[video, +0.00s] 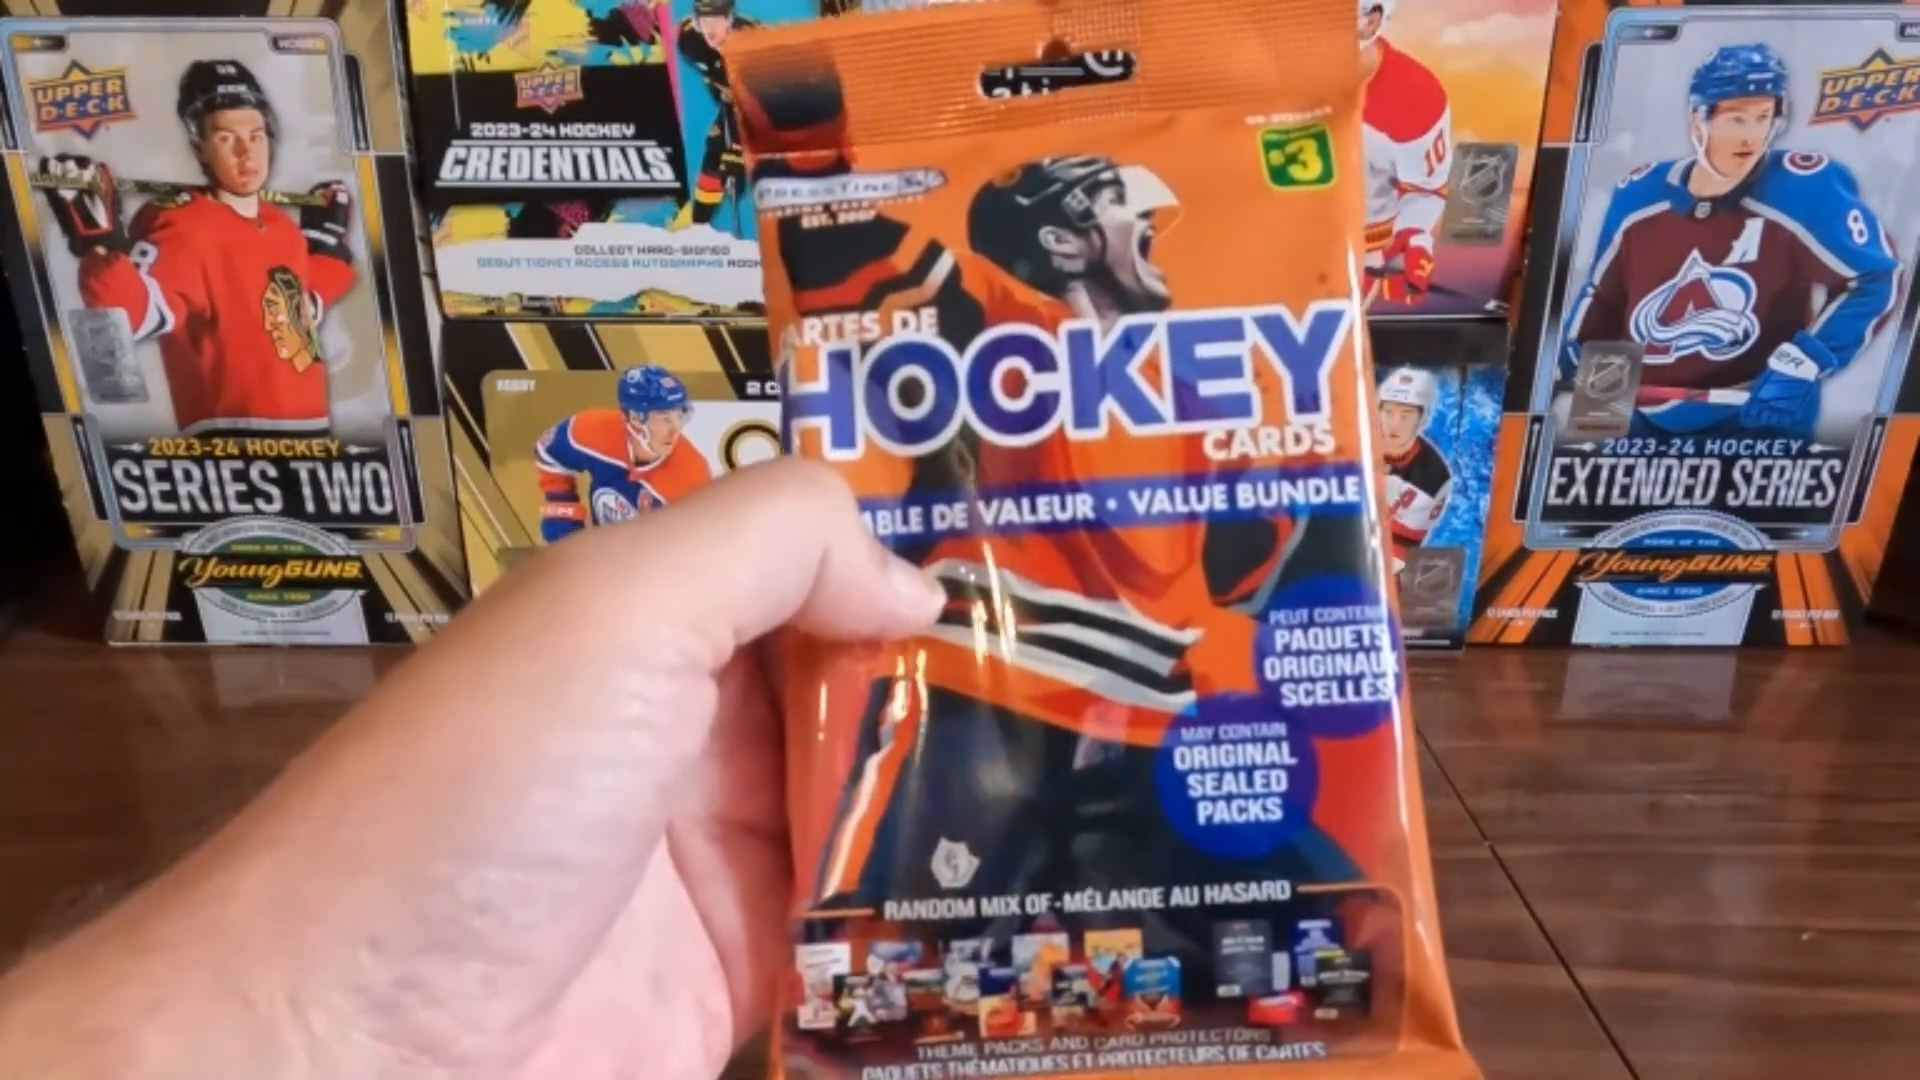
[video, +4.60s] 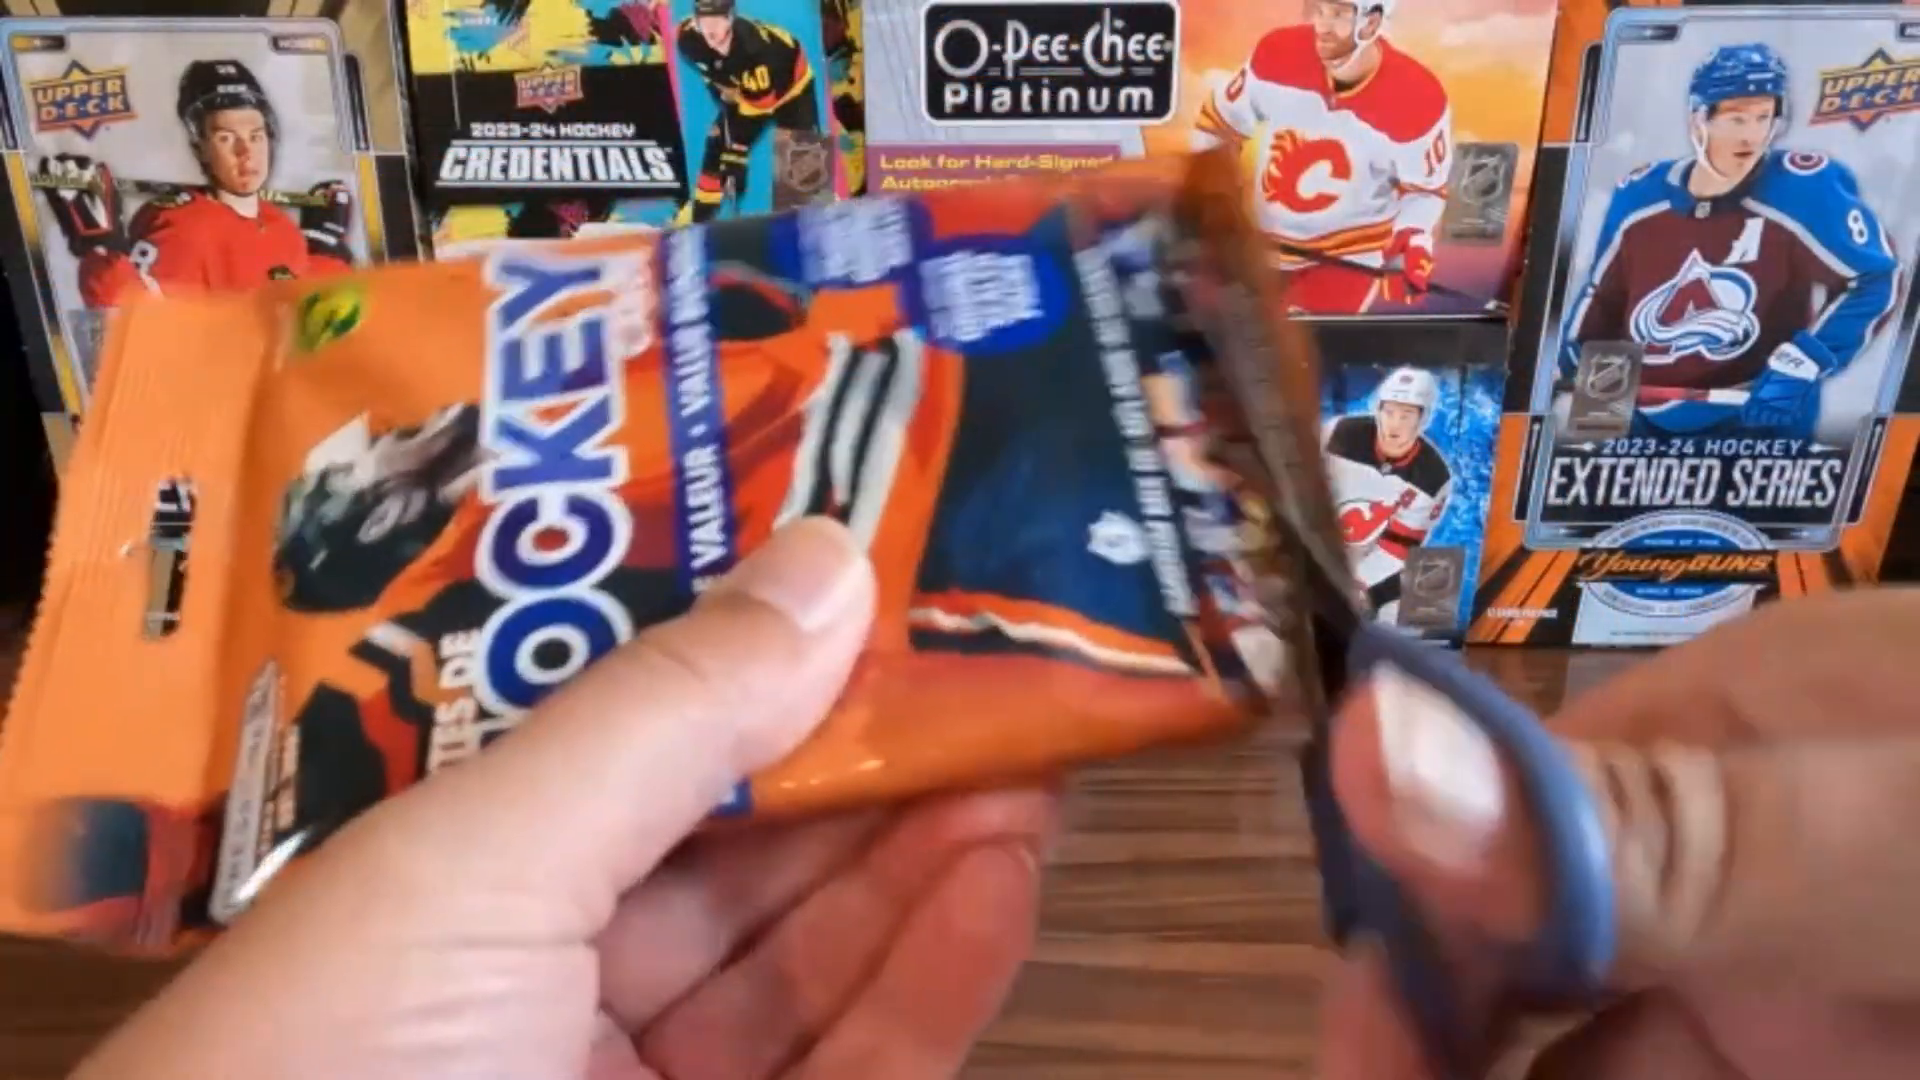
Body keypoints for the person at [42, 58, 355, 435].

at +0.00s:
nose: (247, 152)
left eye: (256, 135)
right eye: (228, 139)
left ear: (270, 139)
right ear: (201, 150)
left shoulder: (282, 227)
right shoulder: (184, 226)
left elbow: (302, 307)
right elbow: (140, 315)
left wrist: (333, 249)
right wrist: (100, 249)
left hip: (308, 433)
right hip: (231, 441)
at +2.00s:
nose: (247, 152)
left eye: (257, 135)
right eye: (227, 139)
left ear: (270, 139)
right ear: (200, 148)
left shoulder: (284, 229)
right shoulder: (180, 227)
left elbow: (327, 319)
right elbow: (141, 315)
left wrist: (331, 251)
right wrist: (100, 249)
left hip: (300, 421)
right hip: (223, 431)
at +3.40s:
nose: (246, 153)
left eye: (256, 136)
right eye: (226, 138)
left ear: (271, 141)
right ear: (200, 148)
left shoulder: (284, 226)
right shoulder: (183, 227)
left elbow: (316, 318)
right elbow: (139, 319)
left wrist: (330, 244)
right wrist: (101, 248)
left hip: (300, 417)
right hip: (217, 421)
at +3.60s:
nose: (246, 154)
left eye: (255, 135)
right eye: (227, 139)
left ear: (269, 138)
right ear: (200, 148)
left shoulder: (296, 215)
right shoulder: (177, 224)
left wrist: (333, 216)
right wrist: (100, 244)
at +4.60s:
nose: (247, 153)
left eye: (256, 136)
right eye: (228, 139)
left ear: (270, 141)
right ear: (201, 150)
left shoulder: (284, 229)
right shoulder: (179, 228)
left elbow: (312, 318)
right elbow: (153, 334)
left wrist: (331, 252)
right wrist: (102, 254)